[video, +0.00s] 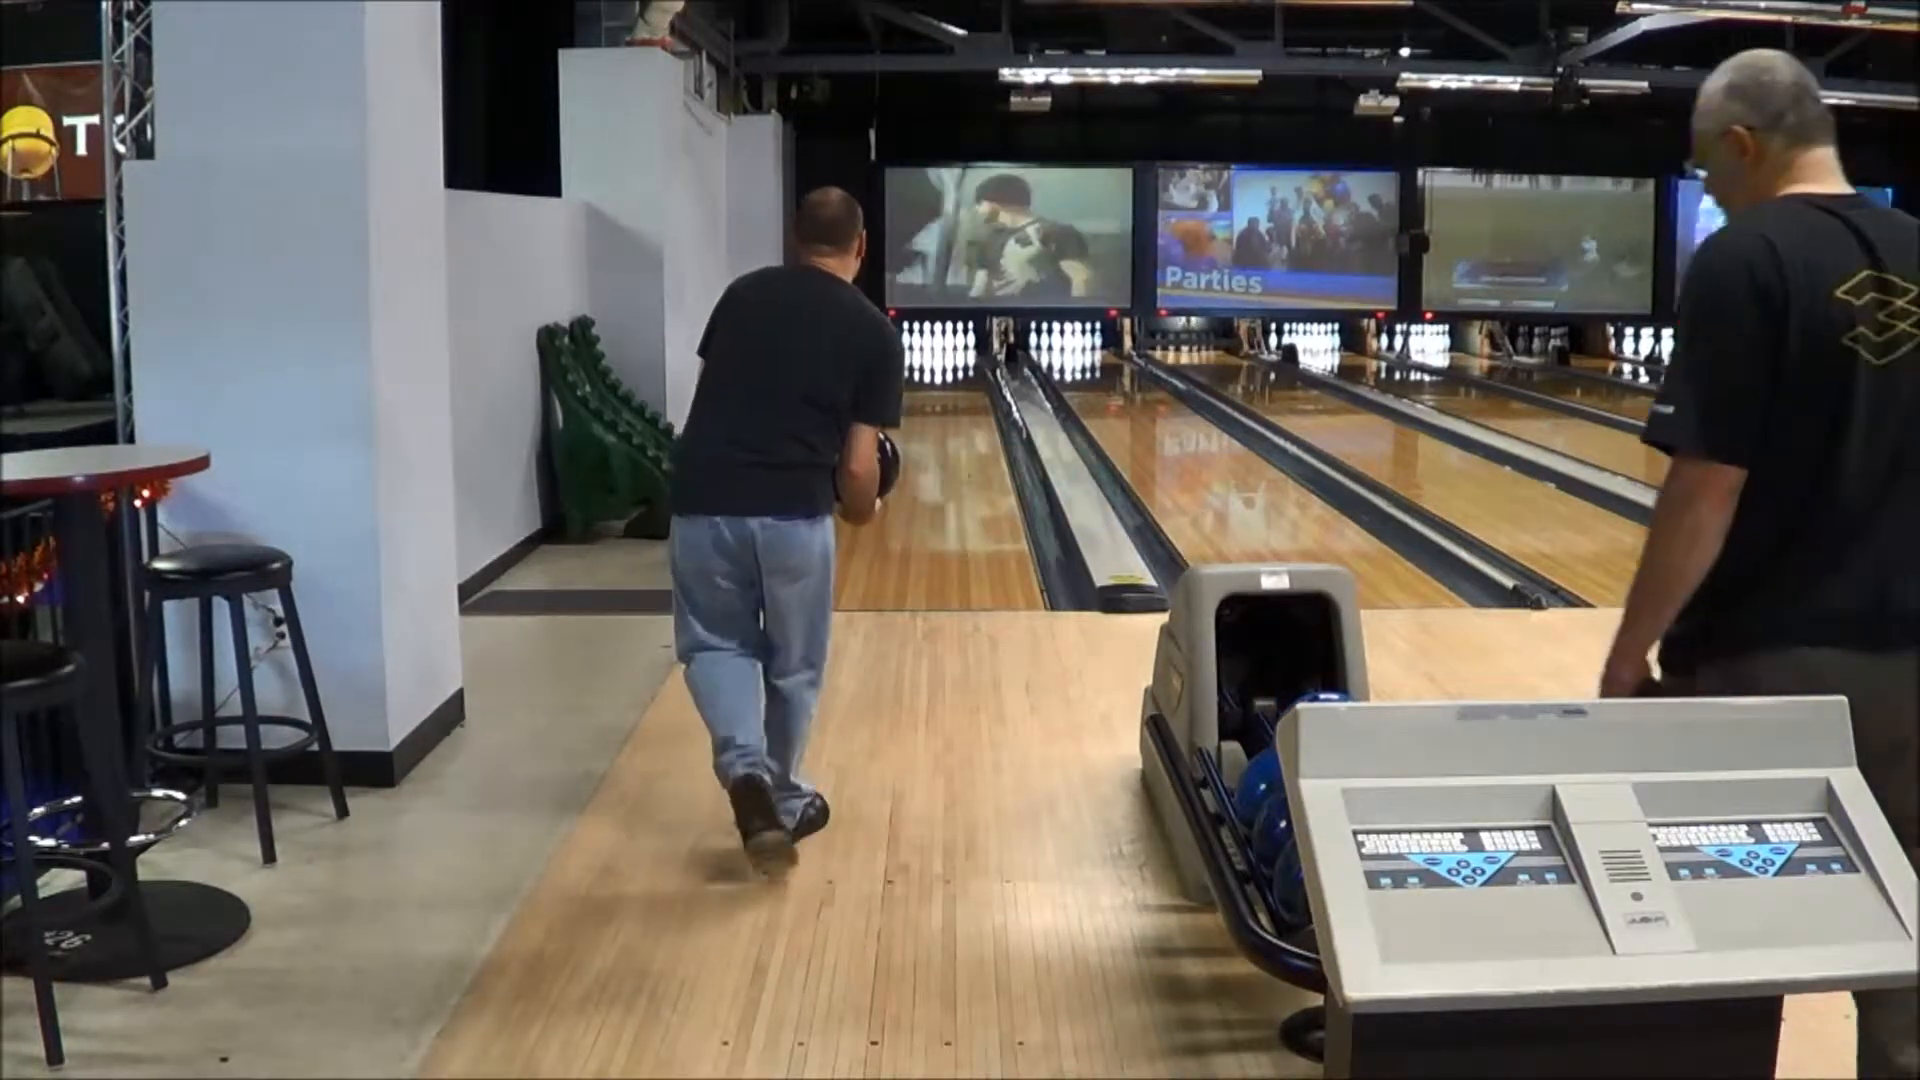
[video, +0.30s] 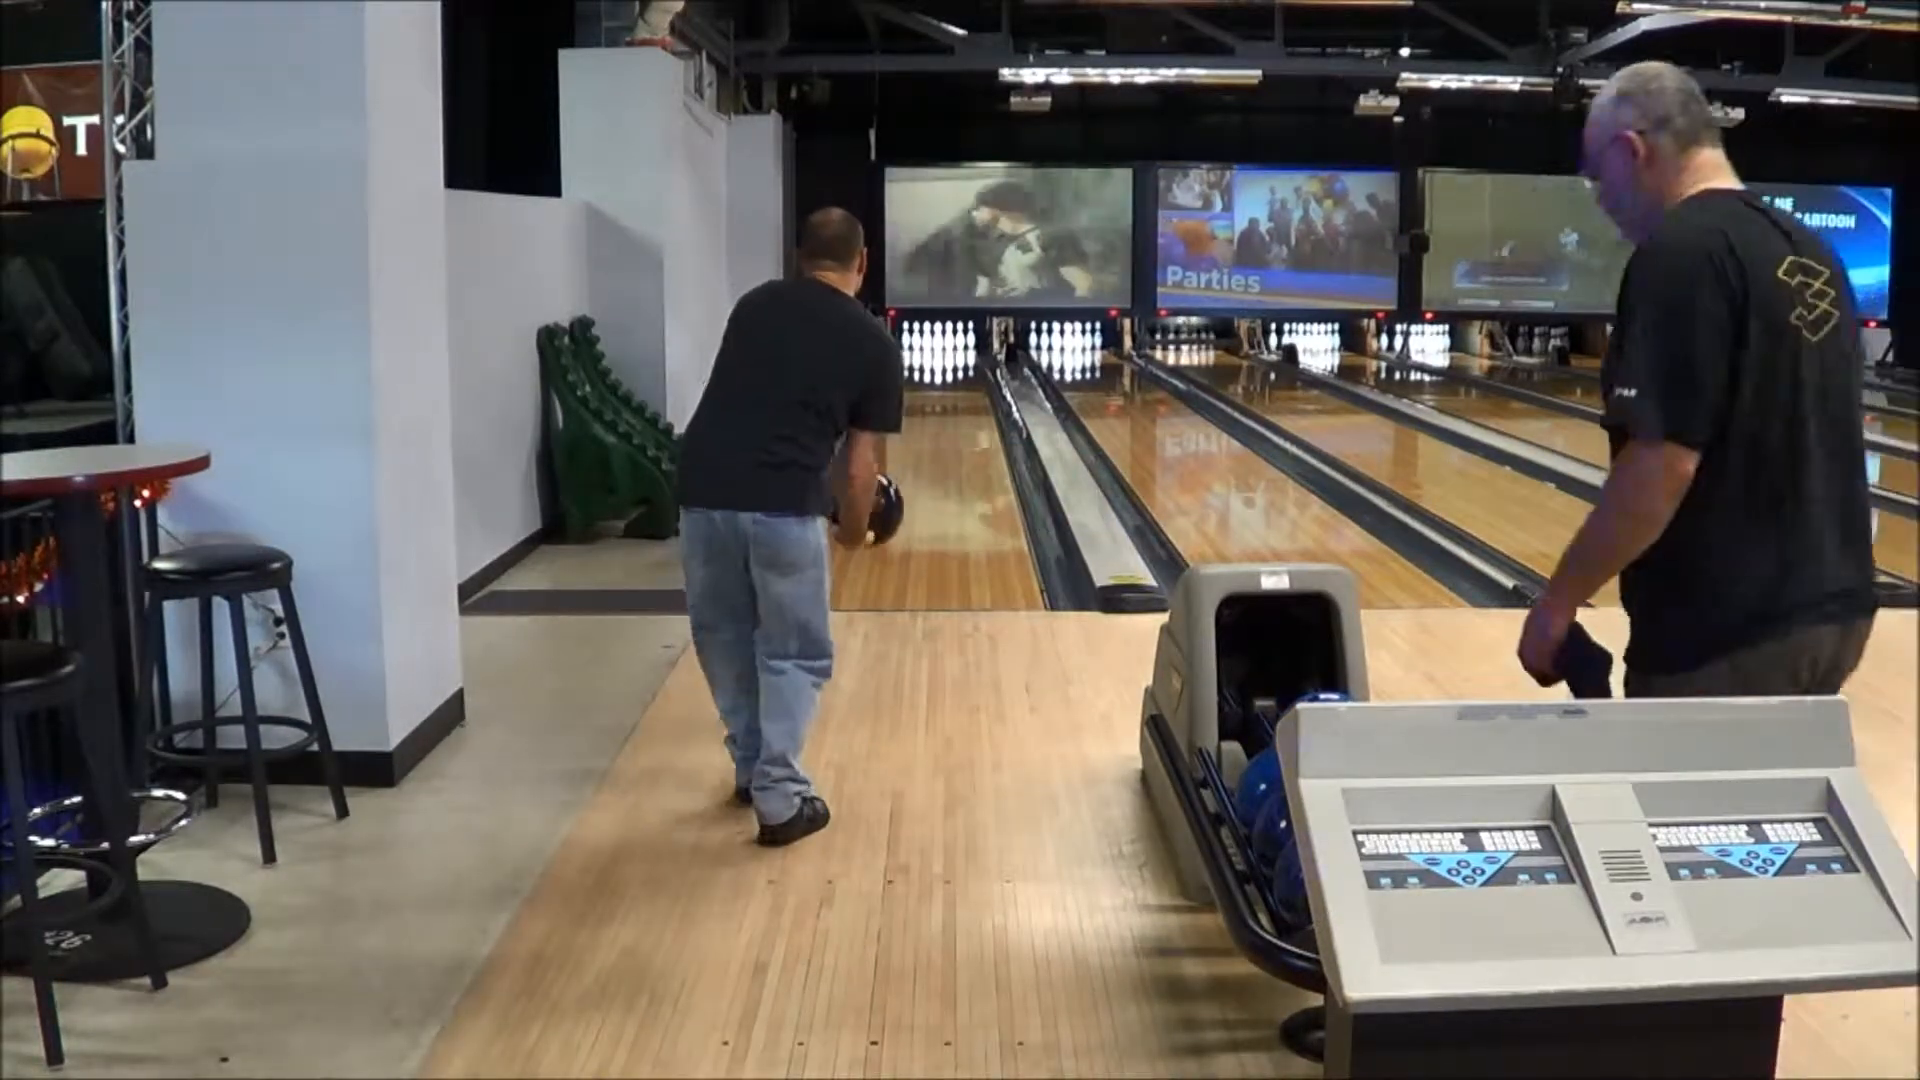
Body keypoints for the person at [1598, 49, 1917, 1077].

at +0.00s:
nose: (1708, 182)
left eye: (1708, 160)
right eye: (1703, 163)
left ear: (1747, 144)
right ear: (1817, 135)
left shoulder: (1742, 261)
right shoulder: (1906, 238)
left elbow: (1705, 482)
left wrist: (1630, 646)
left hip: (1761, 658)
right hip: (1901, 652)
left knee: (1730, 929)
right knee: (1901, 929)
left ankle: (1722, 1070)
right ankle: (1893, 1066)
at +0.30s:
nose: (1601, 202)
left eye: (1597, 178)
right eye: (1592, 183)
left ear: (1635, 150)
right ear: (1707, 140)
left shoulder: (1682, 251)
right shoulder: (1805, 249)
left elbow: (1659, 462)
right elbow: (1817, 437)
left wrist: (1559, 599)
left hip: (1721, 631)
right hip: (1827, 608)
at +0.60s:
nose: (1490, 247)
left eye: (1484, 220)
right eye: (1481, 226)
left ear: (1516, 192)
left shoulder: (1620, 243)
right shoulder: (1594, 276)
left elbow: (1668, 416)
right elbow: (1603, 482)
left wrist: (1625, 596)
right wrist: (1505, 590)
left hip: (1713, 610)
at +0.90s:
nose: (1366, 345)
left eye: (1359, 318)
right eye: (1357, 328)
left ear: (1388, 284)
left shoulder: (1501, 266)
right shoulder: (1466, 417)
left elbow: (1625, 346)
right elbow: (1438, 570)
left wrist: (1663, 507)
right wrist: (1344, 701)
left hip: (1697, 570)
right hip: (1612, 595)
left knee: (1681, 809)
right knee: (1579, 798)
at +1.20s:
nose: (1316, 385)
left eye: (1307, 363)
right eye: (1307, 375)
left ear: (1329, 316)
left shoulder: (1449, 286)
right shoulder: (1421, 447)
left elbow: (1587, 340)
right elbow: (1417, 584)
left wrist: (1638, 493)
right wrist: (1325, 707)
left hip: (1684, 541)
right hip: (1594, 584)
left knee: (1679, 789)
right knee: (1562, 786)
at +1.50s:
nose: (1306, 369)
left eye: (1300, 345)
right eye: (1297, 354)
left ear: (1326, 305)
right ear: (1334, 307)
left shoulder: (1444, 279)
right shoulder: (1409, 434)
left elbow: (1585, 341)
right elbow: (1408, 582)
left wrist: (1606, 500)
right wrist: (1348, 709)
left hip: (1683, 539)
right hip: (1584, 577)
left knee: (1677, 777)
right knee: (1558, 774)